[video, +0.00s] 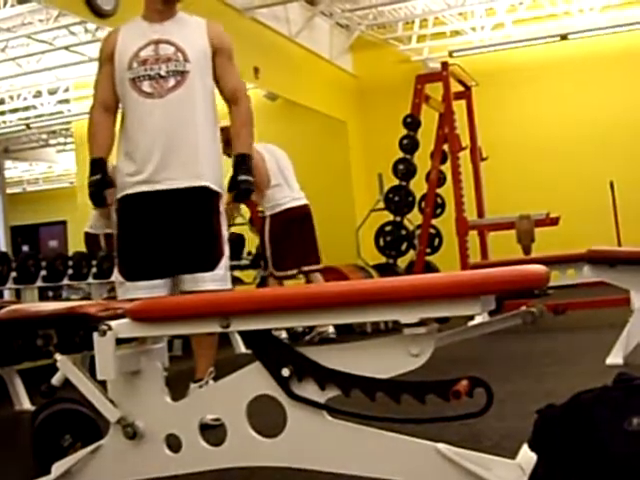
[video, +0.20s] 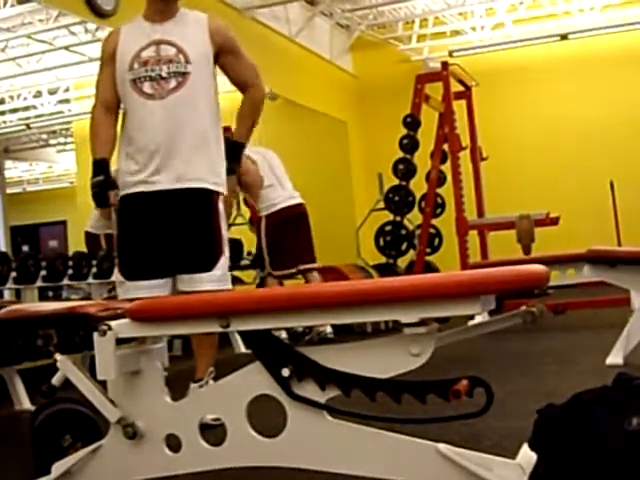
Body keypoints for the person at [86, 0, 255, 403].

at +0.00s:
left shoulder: (210, 34)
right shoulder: (116, 40)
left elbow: (238, 101)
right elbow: (104, 108)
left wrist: (242, 165)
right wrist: (98, 169)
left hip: (197, 180)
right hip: (138, 185)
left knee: (205, 292)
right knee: (142, 299)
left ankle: (204, 383)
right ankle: (147, 387)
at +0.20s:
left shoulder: (210, 31)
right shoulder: (118, 39)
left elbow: (255, 89)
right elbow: (105, 108)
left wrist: (231, 153)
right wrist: (100, 171)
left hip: (198, 179)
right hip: (138, 183)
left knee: (204, 296)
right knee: (142, 300)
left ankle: (204, 386)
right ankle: (148, 390)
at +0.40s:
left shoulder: (212, 28)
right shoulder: (119, 37)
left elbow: (254, 82)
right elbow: (106, 106)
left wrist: (225, 130)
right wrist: (98, 170)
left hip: (197, 176)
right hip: (139, 180)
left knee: (202, 293)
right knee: (142, 297)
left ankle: (204, 383)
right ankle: (148, 388)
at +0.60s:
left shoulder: (212, 28)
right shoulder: (118, 37)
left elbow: (258, 80)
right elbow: (105, 106)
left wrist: (230, 132)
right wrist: (97, 172)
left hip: (197, 176)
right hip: (139, 180)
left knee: (201, 294)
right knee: (142, 298)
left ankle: (204, 385)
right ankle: (148, 389)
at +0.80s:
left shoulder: (211, 28)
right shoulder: (120, 37)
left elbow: (261, 79)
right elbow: (106, 105)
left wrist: (232, 131)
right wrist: (94, 167)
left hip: (196, 177)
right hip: (138, 181)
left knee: (202, 293)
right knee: (141, 297)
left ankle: (203, 384)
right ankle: (147, 386)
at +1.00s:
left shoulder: (209, 29)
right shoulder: (119, 39)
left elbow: (261, 78)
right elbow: (106, 106)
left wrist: (232, 129)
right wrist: (93, 161)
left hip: (193, 179)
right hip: (135, 182)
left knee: (201, 294)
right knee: (135, 297)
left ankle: (203, 383)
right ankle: (143, 387)